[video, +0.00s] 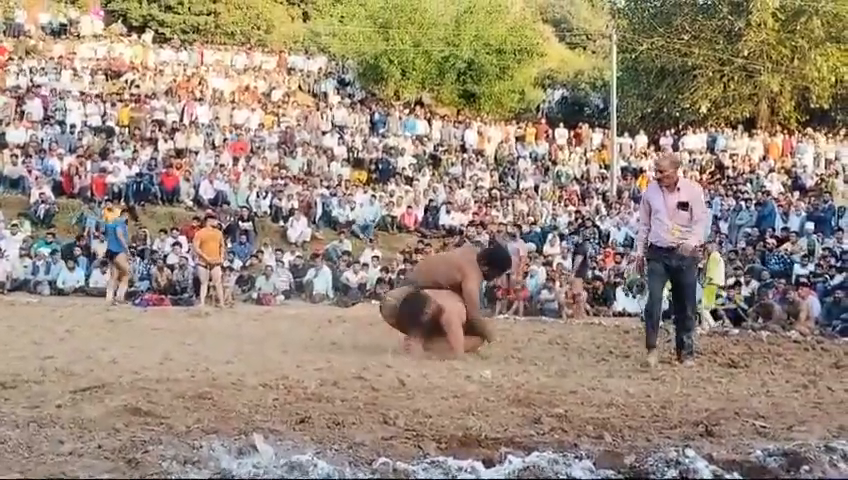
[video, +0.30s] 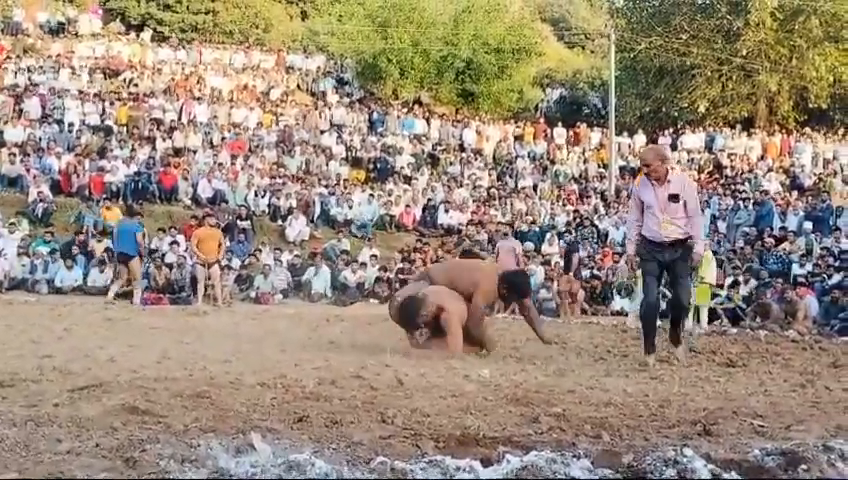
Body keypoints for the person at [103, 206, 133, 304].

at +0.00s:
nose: (127, 219)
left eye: (127, 217)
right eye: (127, 217)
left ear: (119, 214)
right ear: (125, 216)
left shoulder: (109, 223)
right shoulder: (120, 222)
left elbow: (106, 235)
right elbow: (119, 235)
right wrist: (127, 249)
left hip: (110, 250)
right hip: (118, 251)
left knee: (113, 276)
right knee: (126, 273)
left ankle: (109, 297)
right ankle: (120, 297)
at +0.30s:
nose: (139, 219)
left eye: (139, 217)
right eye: (138, 217)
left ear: (126, 214)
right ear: (135, 215)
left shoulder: (119, 224)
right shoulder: (137, 226)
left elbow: (115, 237)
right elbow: (139, 240)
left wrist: (116, 248)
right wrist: (142, 250)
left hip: (120, 251)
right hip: (132, 252)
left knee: (122, 277)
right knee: (136, 278)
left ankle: (110, 295)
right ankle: (136, 301)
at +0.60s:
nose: (149, 221)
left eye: (148, 218)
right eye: (149, 219)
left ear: (139, 216)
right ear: (147, 218)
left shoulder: (128, 222)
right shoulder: (147, 225)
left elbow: (119, 233)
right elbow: (149, 239)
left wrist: (118, 246)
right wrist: (150, 252)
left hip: (124, 248)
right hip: (137, 250)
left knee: (125, 274)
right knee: (138, 276)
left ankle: (123, 296)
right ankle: (135, 298)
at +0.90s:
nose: (148, 222)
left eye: (148, 220)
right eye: (148, 220)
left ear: (139, 216)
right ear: (147, 218)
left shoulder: (127, 221)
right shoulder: (146, 225)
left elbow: (120, 234)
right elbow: (148, 240)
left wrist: (118, 247)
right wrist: (149, 252)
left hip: (124, 247)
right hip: (137, 249)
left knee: (125, 274)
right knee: (135, 275)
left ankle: (124, 296)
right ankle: (133, 298)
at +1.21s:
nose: (142, 227)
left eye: (142, 226)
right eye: (142, 226)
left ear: (135, 221)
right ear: (141, 224)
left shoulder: (123, 224)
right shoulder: (140, 228)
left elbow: (117, 236)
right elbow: (140, 243)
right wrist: (140, 257)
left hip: (116, 246)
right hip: (127, 247)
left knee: (119, 273)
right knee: (136, 271)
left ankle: (118, 298)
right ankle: (135, 297)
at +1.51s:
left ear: (135, 237)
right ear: (142, 241)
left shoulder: (125, 240)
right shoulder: (140, 244)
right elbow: (141, 259)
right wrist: (143, 271)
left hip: (113, 254)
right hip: (126, 256)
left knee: (116, 277)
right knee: (139, 275)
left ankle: (113, 298)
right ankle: (135, 299)